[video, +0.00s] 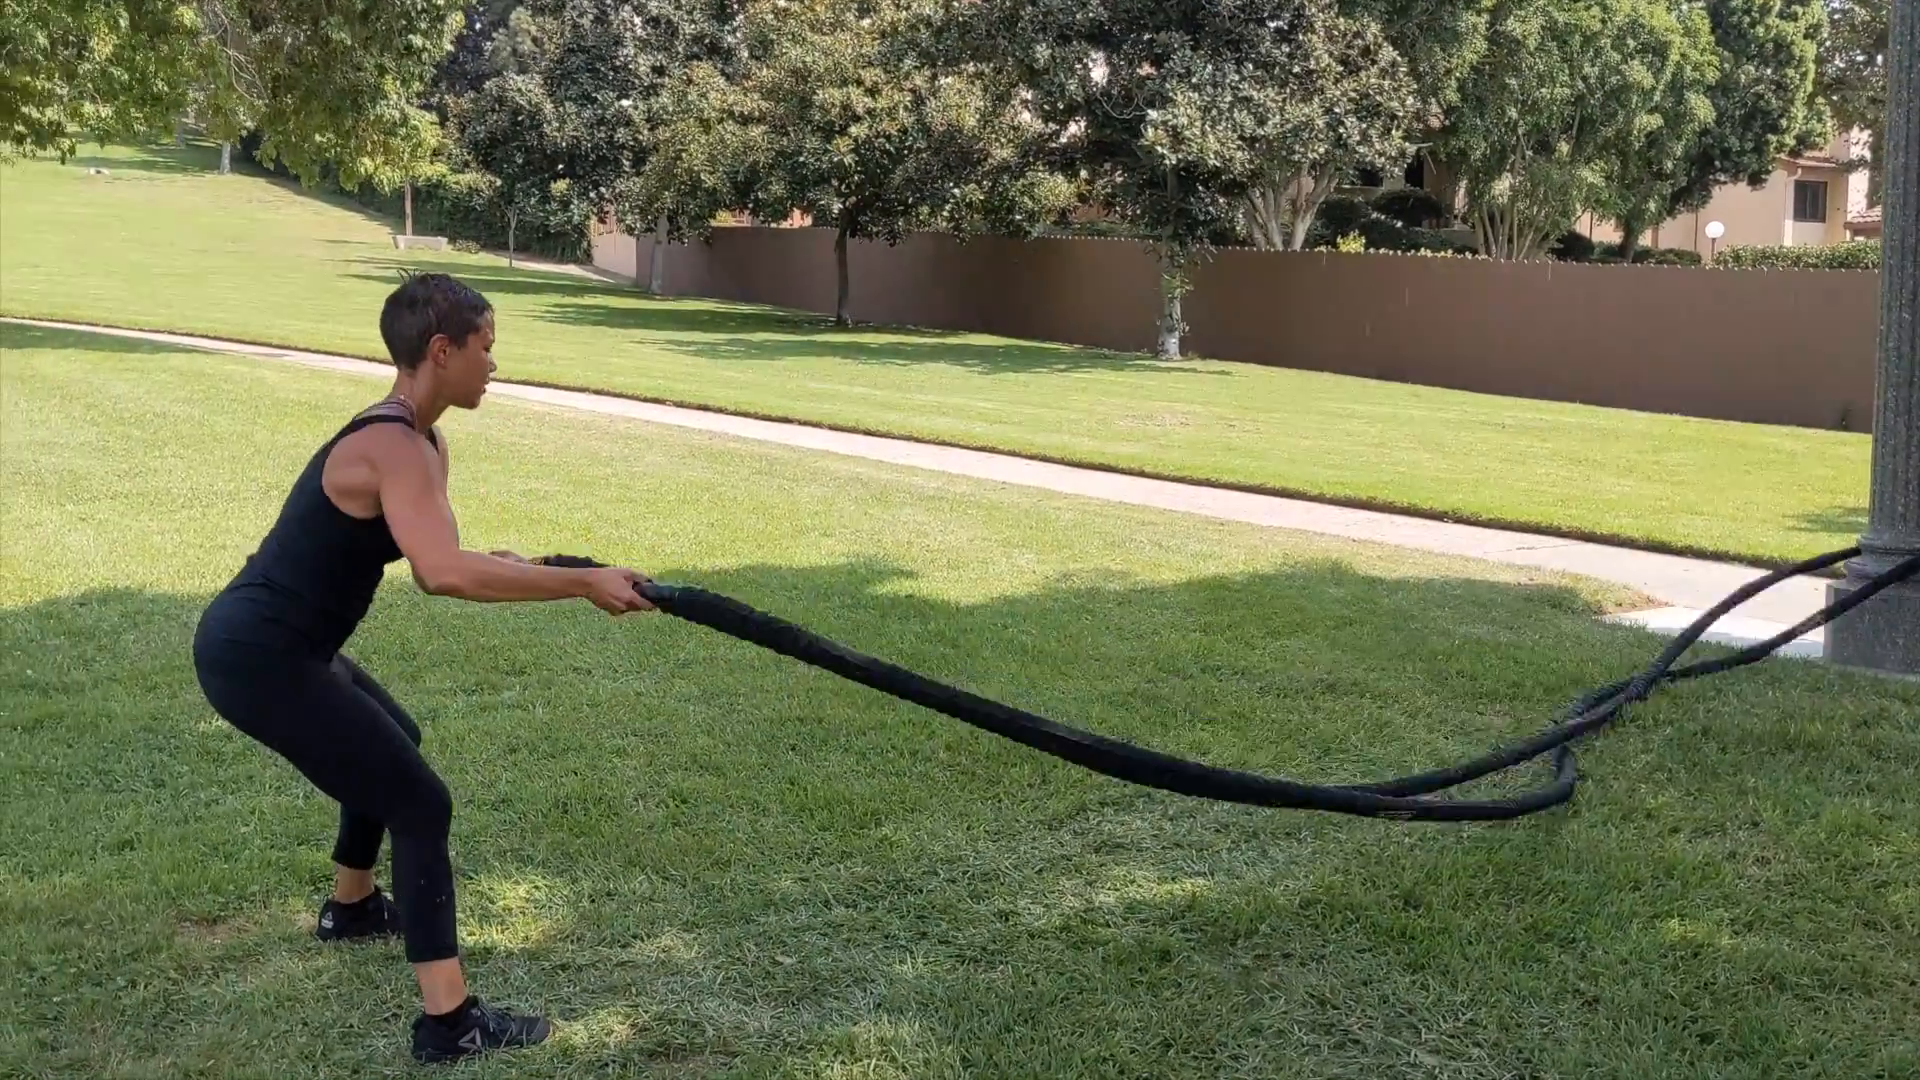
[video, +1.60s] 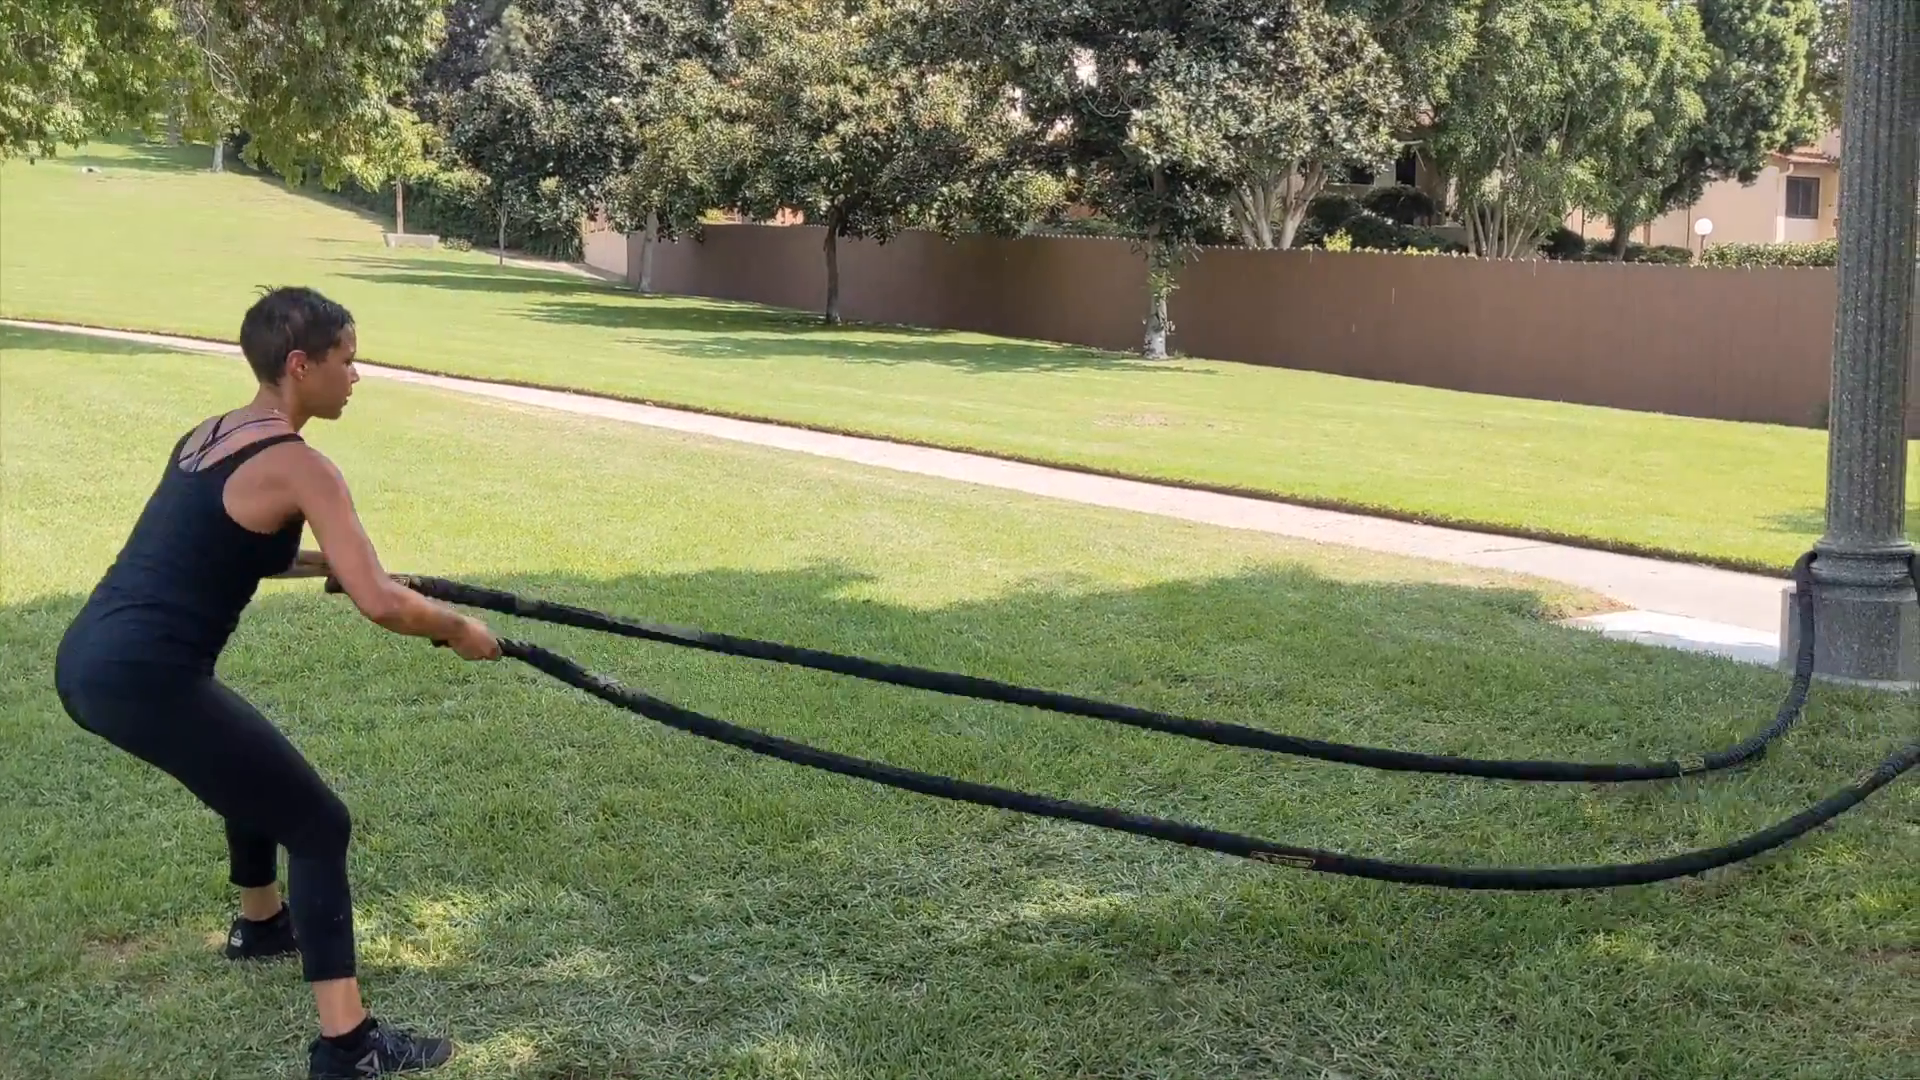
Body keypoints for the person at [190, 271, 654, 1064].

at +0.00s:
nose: (493, 364)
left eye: (492, 347)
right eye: (485, 347)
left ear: (435, 351)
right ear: (439, 350)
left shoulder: (423, 443)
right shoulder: (394, 448)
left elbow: (441, 562)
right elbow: (442, 572)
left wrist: (560, 571)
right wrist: (584, 582)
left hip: (284, 642)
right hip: (257, 657)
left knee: (397, 740)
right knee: (422, 804)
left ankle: (351, 902)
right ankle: (448, 1018)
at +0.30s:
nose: (439, 359)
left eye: (439, 343)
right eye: (431, 343)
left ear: (371, 349)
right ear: (384, 348)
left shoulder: (311, 415)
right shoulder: (389, 448)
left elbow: (353, 525)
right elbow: (464, 574)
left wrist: (461, 535)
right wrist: (525, 579)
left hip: (190, 641)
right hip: (242, 657)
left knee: (339, 758)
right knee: (396, 806)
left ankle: (341, 906)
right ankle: (431, 1020)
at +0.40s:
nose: (439, 362)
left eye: (438, 347)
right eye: (430, 347)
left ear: (367, 352)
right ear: (387, 351)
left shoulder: (290, 414)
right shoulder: (408, 453)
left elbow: (294, 513)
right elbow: (465, 579)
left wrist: (381, 543)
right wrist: (491, 585)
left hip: (182, 644)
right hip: (251, 658)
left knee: (332, 752)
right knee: (411, 807)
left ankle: (335, 907)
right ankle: (428, 1019)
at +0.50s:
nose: (444, 367)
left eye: (443, 352)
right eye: (436, 352)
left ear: (368, 358)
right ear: (395, 357)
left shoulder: (296, 416)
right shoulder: (416, 455)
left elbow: (203, 498)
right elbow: (471, 577)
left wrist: (297, 513)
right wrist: (468, 546)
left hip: (182, 645)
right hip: (252, 659)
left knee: (329, 751)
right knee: (415, 808)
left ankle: (333, 910)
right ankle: (424, 1022)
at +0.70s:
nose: (447, 370)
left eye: (446, 355)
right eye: (440, 355)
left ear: (367, 358)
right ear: (398, 359)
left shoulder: (294, 417)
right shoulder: (417, 460)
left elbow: (227, 502)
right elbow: (448, 579)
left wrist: (330, 518)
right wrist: (411, 519)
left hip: (176, 651)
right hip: (245, 670)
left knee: (317, 759)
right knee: (413, 813)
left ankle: (323, 914)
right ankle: (416, 1026)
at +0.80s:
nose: (443, 371)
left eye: (443, 355)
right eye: (436, 354)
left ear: (369, 359)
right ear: (393, 357)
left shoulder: (314, 428)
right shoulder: (397, 452)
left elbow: (358, 554)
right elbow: (455, 585)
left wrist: (451, 569)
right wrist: (479, 582)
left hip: (176, 654)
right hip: (226, 674)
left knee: (317, 767)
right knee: (397, 814)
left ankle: (319, 916)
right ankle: (412, 1028)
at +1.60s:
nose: (355, 376)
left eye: (354, 360)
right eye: (347, 360)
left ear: (282, 365)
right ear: (298, 363)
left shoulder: (210, 434)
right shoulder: (304, 467)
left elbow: (236, 550)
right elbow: (381, 603)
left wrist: (339, 564)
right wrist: (453, 626)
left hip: (88, 662)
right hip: (148, 682)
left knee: (251, 770)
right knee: (318, 821)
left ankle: (263, 920)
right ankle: (346, 1037)